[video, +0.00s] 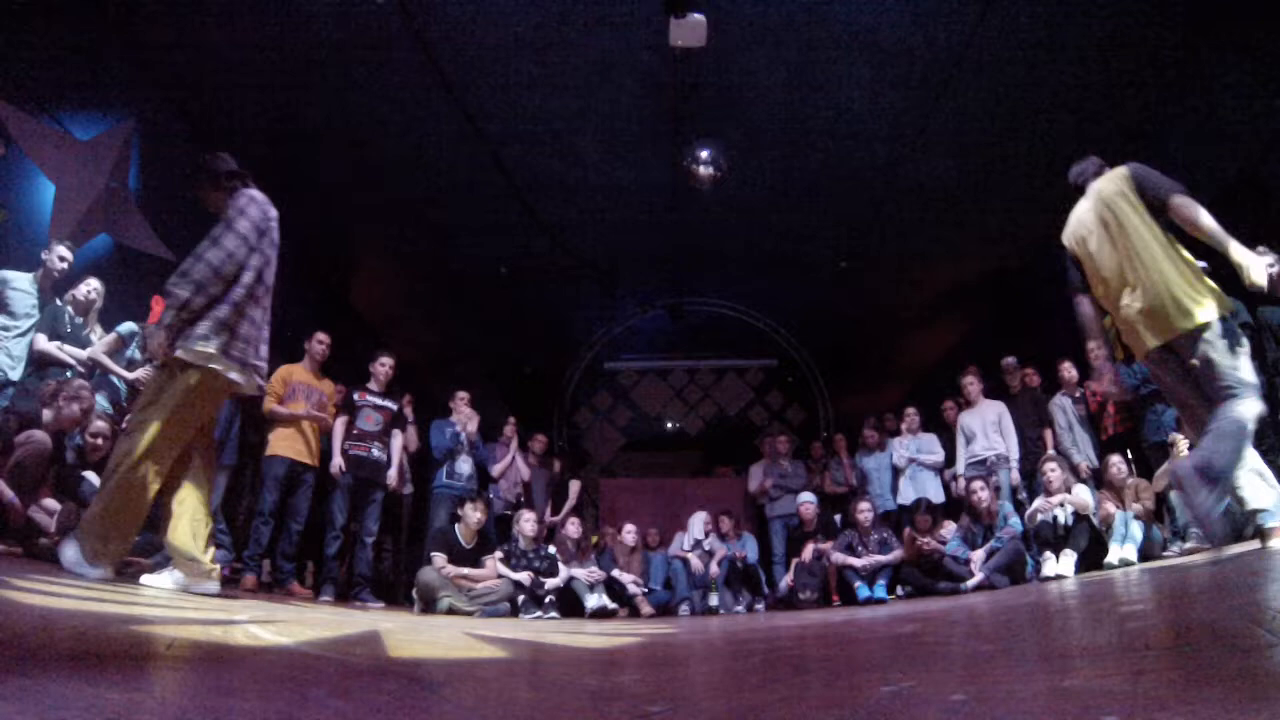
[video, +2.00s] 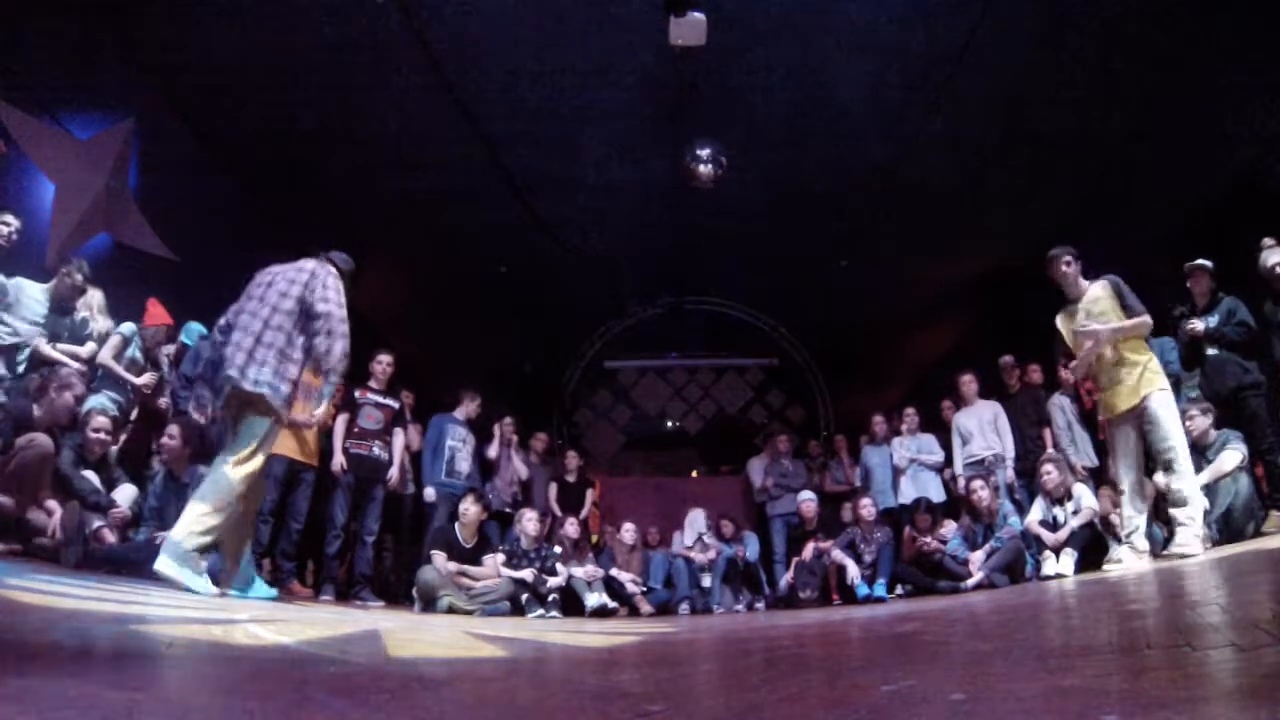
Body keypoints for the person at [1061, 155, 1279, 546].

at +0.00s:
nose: (1107, 171)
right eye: (1105, 168)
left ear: (1075, 190)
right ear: (1104, 169)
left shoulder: (1070, 233)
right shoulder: (1127, 176)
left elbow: (1083, 302)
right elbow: (1184, 210)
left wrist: (1100, 362)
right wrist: (1237, 252)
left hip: (1142, 337)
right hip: (1187, 305)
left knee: (1207, 423)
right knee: (1243, 396)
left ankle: (1267, 511)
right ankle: (1201, 472)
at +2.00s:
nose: (1064, 270)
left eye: (1067, 263)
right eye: (1057, 268)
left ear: (1078, 266)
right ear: (1053, 278)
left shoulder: (1110, 286)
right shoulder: (1063, 319)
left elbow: (1145, 323)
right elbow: (1077, 371)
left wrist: (1108, 331)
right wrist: (1091, 346)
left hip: (1146, 378)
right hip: (1113, 394)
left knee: (1172, 453)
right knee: (1126, 472)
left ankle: (1190, 532)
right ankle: (1135, 544)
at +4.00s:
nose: (1189, 177)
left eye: (1193, 167)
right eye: (1182, 173)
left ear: (1211, 164)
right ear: (1180, 182)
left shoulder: (1255, 198)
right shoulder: (1185, 230)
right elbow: (1198, 284)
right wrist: (1225, 332)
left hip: (1274, 325)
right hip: (1240, 338)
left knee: (1270, 425)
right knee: (1263, 429)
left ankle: (1273, 506)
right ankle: (1273, 507)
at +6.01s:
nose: (1096, 267)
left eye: (1096, 258)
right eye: (1093, 262)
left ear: (1112, 251)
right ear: (1105, 259)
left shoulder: (1150, 263)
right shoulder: (1124, 305)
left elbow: (1187, 300)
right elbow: (1139, 354)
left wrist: (1214, 348)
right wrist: (1149, 397)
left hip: (1191, 366)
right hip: (1167, 381)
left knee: (1204, 446)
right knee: (1195, 452)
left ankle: (1216, 524)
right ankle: (1241, 522)